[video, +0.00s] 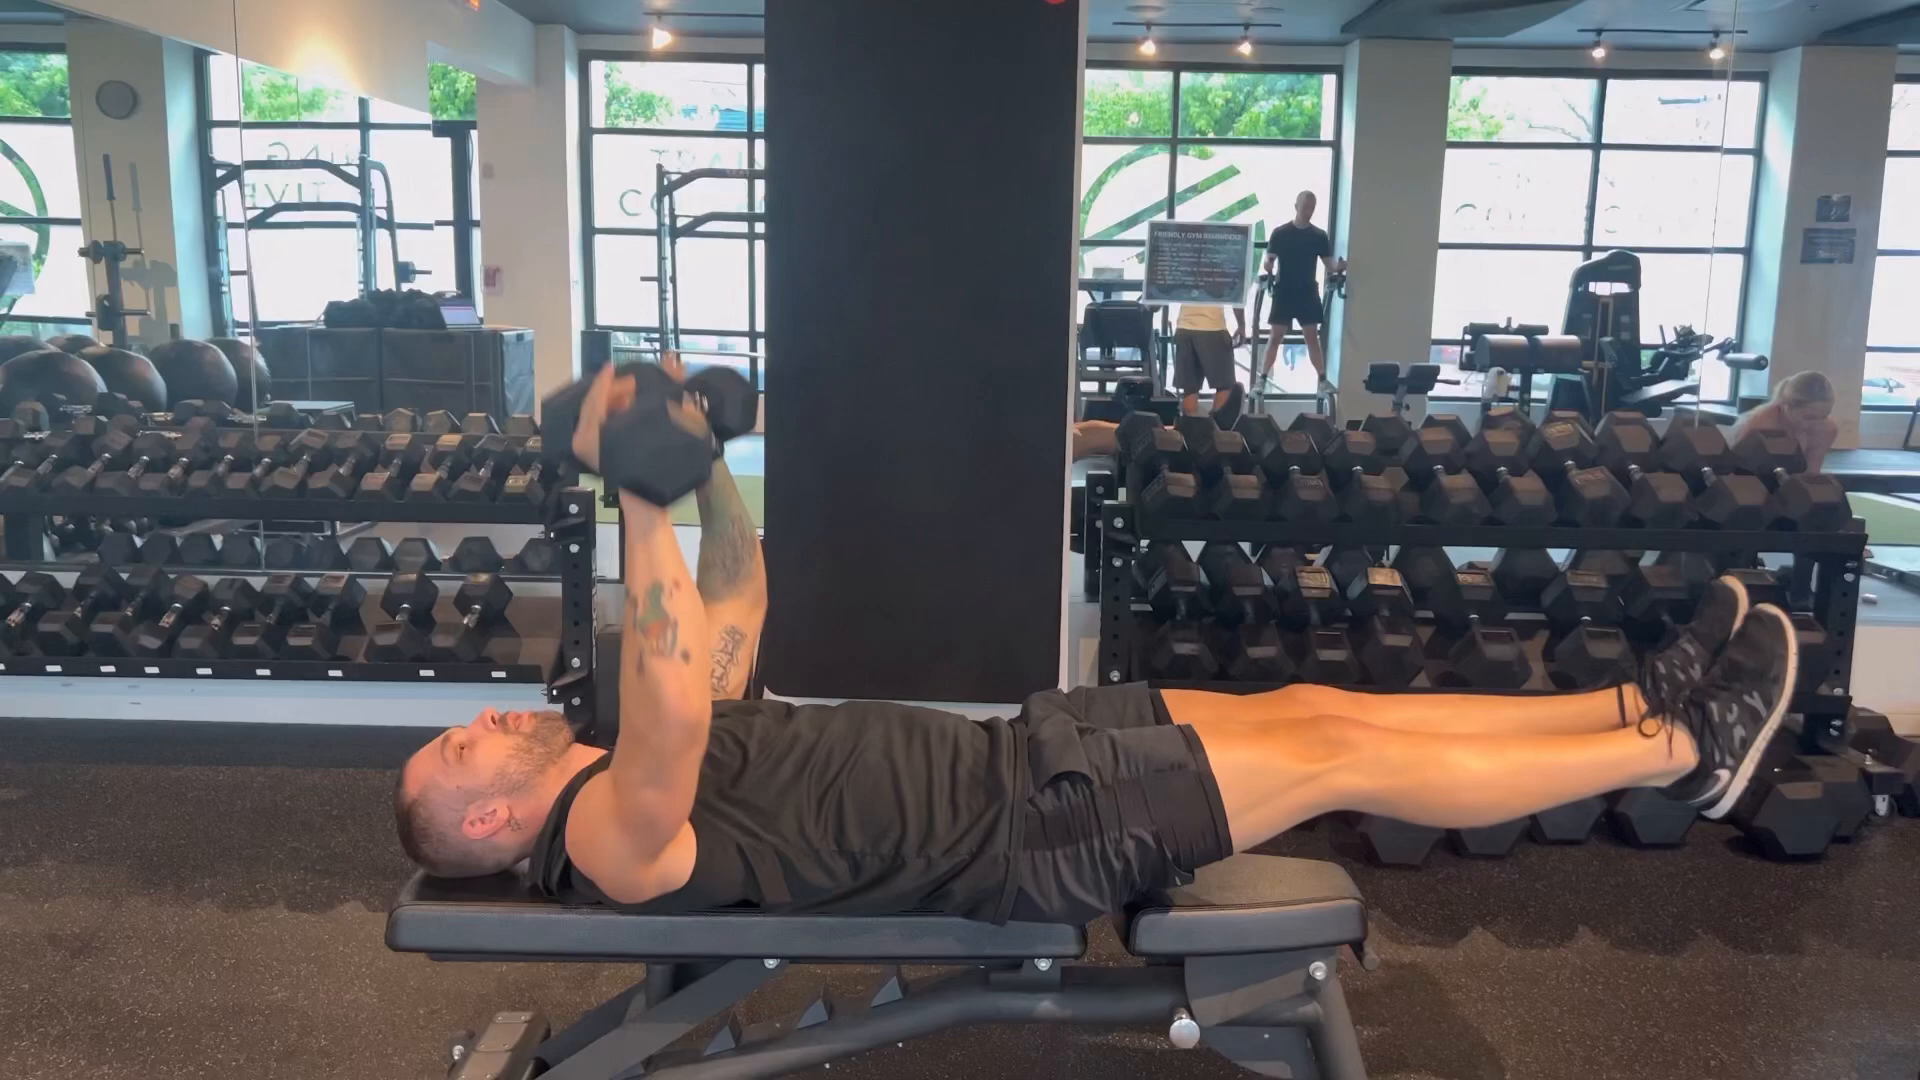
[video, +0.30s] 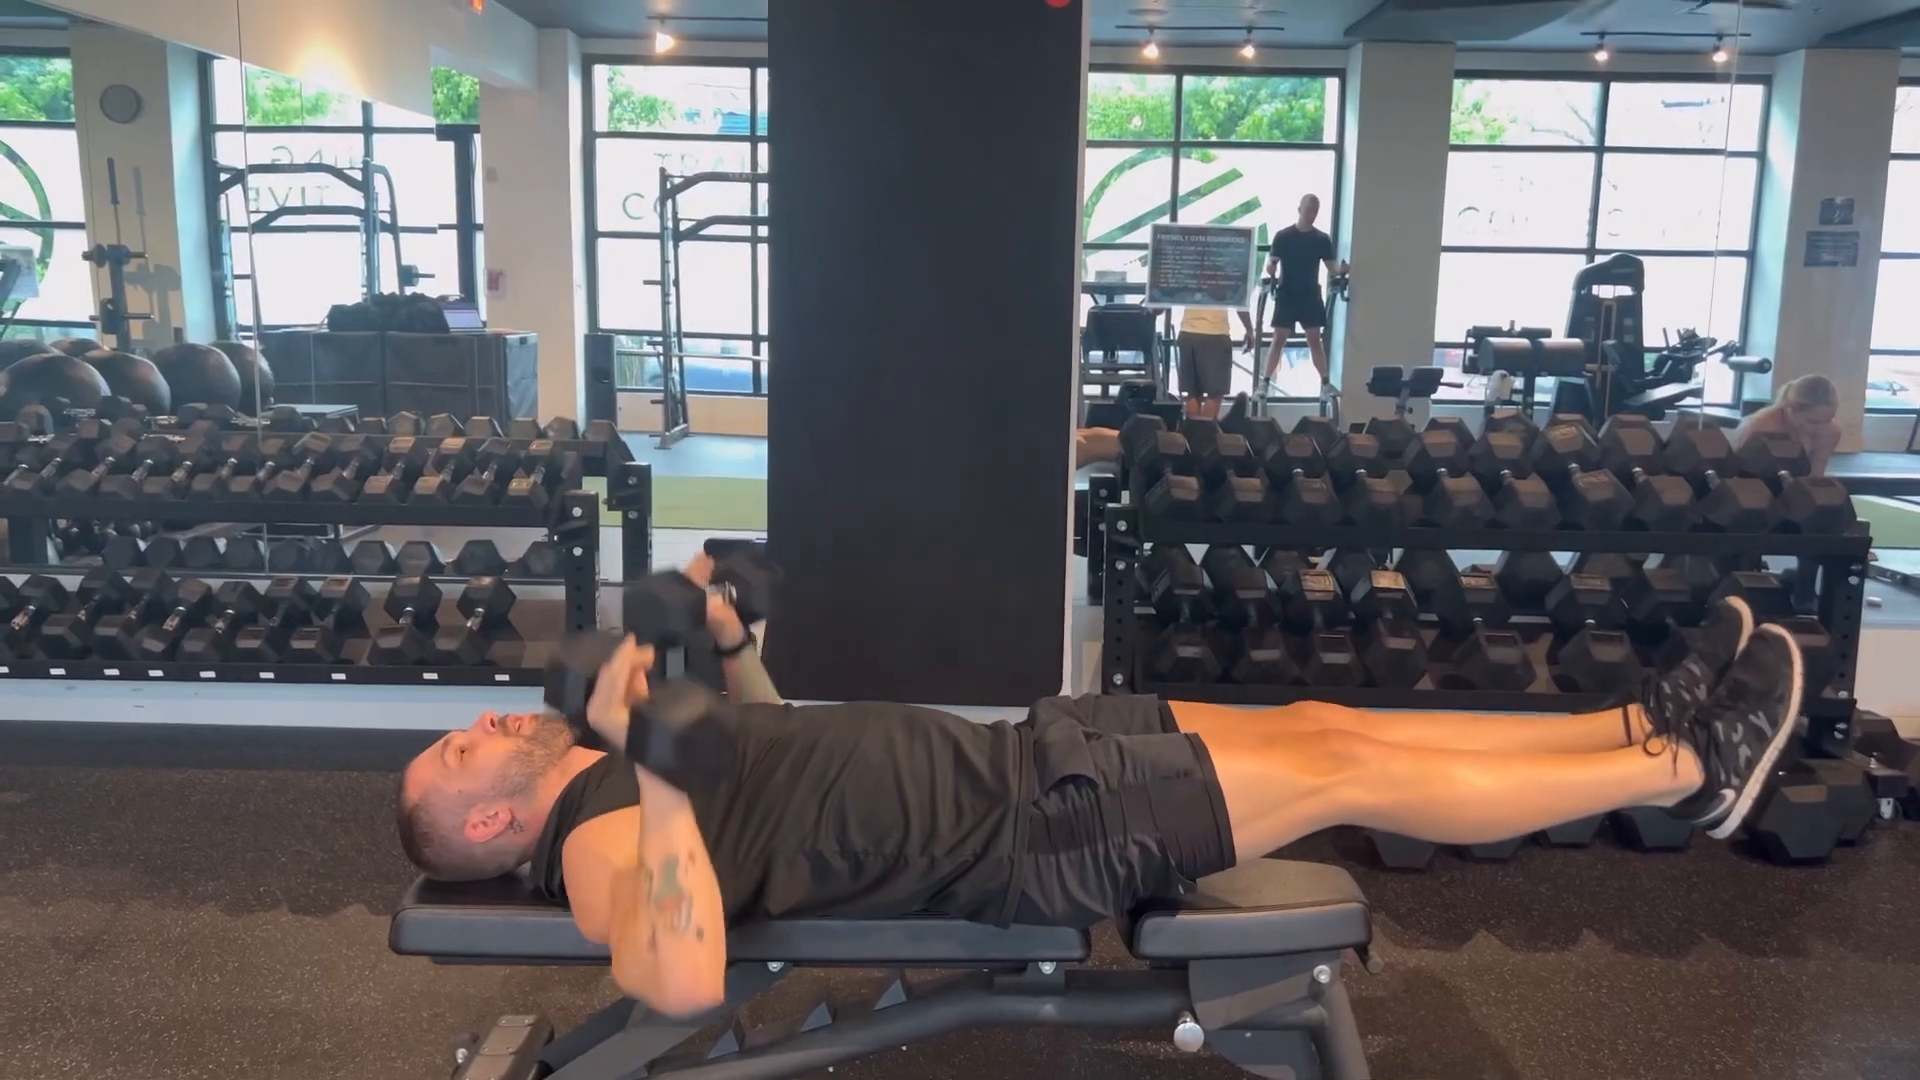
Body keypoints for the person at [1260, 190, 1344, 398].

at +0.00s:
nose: (1308, 211)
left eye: (1311, 207)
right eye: (1304, 206)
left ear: (1314, 208)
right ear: (1296, 206)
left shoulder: (1319, 236)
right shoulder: (1280, 233)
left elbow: (1330, 265)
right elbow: (1268, 262)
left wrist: (1341, 266)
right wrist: (1270, 273)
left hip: (1308, 291)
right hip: (1284, 290)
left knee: (1312, 337)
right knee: (1276, 336)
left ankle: (1322, 380)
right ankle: (1262, 378)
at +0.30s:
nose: (1311, 214)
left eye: (1314, 211)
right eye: (1308, 210)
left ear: (1316, 212)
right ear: (1299, 209)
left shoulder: (1322, 240)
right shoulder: (1283, 236)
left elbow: (1332, 268)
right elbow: (1271, 265)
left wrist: (1342, 269)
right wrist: (1271, 275)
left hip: (1310, 293)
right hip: (1287, 292)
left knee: (1315, 341)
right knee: (1278, 340)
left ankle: (1325, 383)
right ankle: (1264, 382)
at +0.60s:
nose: (1313, 217)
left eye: (1317, 213)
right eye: (1310, 212)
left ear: (1320, 216)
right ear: (1303, 212)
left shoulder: (1326, 243)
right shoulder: (1286, 240)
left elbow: (1335, 272)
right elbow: (1274, 268)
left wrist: (1347, 272)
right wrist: (1274, 280)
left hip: (1313, 297)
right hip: (1289, 296)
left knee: (1317, 343)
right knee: (1282, 342)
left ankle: (1328, 387)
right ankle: (1268, 385)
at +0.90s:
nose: (1317, 223)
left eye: (1320, 219)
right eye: (1313, 218)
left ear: (1323, 221)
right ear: (1305, 218)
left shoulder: (1329, 249)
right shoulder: (1289, 246)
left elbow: (1338, 277)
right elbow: (1278, 273)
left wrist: (1350, 278)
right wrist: (1278, 284)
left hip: (1317, 303)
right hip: (1293, 302)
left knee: (1320, 349)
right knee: (1285, 348)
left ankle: (1331, 393)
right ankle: (1271, 390)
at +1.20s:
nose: (1319, 231)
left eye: (1322, 227)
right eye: (1316, 226)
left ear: (1325, 229)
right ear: (1308, 226)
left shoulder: (1331, 256)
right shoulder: (1291, 253)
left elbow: (1340, 284)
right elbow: (1279, 281)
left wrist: (1352, 285)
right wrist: (1281, 295)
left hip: (1319, 311)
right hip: (1295, 310)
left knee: (1323, 356)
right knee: (1287, 356)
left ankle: (1334, 400)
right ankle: (1273, 398)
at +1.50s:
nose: (1320, 238)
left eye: (1323, 234)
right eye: (1317, 233)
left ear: (1326, 235)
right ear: (1309, 233)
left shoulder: (1332, 263)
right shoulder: (1292, 259)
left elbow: (1341, 290)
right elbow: (1281, 288)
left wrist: (1351, 293)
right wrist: (1282, 300)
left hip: (1320, 318)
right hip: (1296, 317)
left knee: (1325, 363)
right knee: (1288, 363)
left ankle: (1335, 405)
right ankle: (1275, 404)